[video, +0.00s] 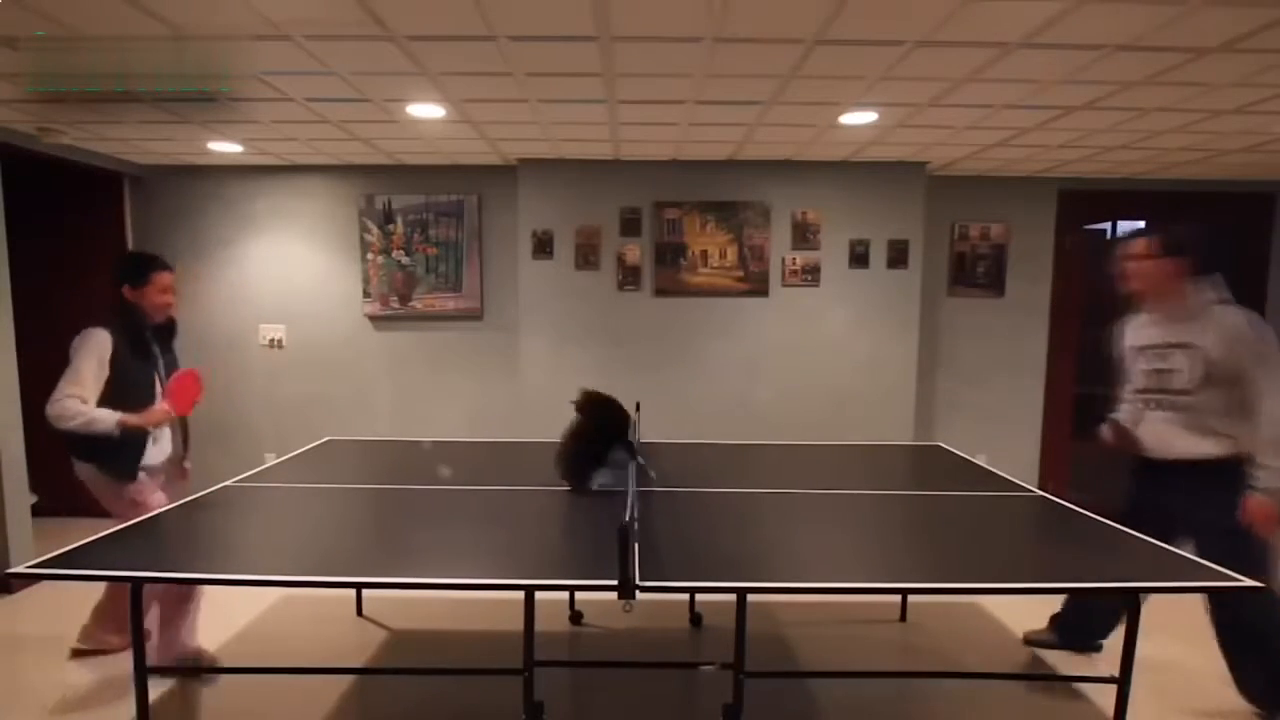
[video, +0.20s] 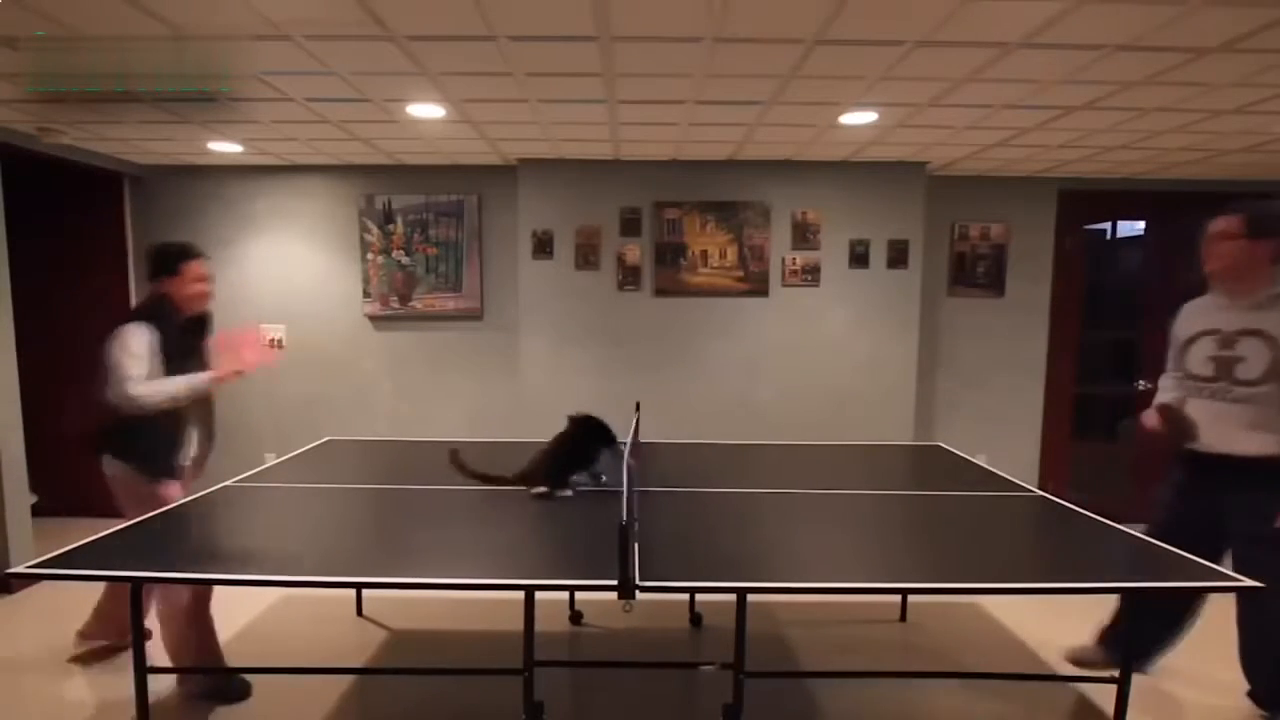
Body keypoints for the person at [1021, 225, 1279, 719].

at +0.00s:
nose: (1130, 269)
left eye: (1142, 259)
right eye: (1128, 260)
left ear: (1178, 265)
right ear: (1124, 270)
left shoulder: (1234, 326)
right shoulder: (1131, 330)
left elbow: (1271, 405)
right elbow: (1135, 394)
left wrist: (1265, 486)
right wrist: (1117, 425)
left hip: (1218, 476)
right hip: (1152, 473)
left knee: (1241, 595)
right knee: (1118, 556)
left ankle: (1270, 695)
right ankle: (1077, 631)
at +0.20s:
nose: (1212, 253)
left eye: (1226, 241)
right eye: (1210, 242)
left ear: (1262, 250)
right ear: (1205, 251)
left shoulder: (1276, 310)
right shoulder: (1191, 313)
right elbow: (1174, 379)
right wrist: (1161, 408)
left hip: (1265, 471)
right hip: (1201, 465)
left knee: (1266, 589)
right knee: (1167, 562)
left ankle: (1270, 692)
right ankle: (1122, 648)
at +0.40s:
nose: (1225, 246)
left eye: (1240, 237)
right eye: (1223, 237)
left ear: (1273, 247)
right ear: (1219, 245)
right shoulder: (1201, 311)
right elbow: (1172, 375)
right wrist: (1154, 397)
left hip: (1265, 474)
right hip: (1200, 465)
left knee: (1261, 588)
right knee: (1159, 556)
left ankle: (1272, 693)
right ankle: (1128, 650)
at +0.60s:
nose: (1156, 270)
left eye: (1167, 258)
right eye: (1153, 260)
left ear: (1206, 260)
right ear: (1153, 269)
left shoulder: (1256, 328)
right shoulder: (1156, 325)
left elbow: (1270, 419)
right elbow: (1142, 385)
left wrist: (1257, 499)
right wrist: (1098, 404)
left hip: (1221, 483)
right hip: (1156, 479)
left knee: (1242, 603)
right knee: (1112, 580)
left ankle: (1273, 693)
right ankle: (1051, 661)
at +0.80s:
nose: (1064, 272)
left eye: (1074, 263)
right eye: (1064, 263)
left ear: (1110, 267)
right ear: (1095, 270)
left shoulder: (1164, 325)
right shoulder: (1092, 318)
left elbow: (1189, 411)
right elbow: (1080, 387)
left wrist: (1166, 485)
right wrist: (1034, 409)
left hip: (1133, 474)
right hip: (1083, 466)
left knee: (1153, 585)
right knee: (1053, 560)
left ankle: (1243, 665)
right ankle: (1048, 652)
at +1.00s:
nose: (1049, 281)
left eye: (1052, 269)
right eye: (1047, 271)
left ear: (1079, 265)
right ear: (1078, 267)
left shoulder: (1117, 320)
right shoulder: (1099, 315)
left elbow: (1144, 406)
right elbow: (1109, 392)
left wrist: (1117, 475)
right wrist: (1063, 403)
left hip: (1096, 458)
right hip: (1079, 452)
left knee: (1082, 565)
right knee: (1058, 556)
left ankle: (1108, 674)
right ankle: (1032, 646)